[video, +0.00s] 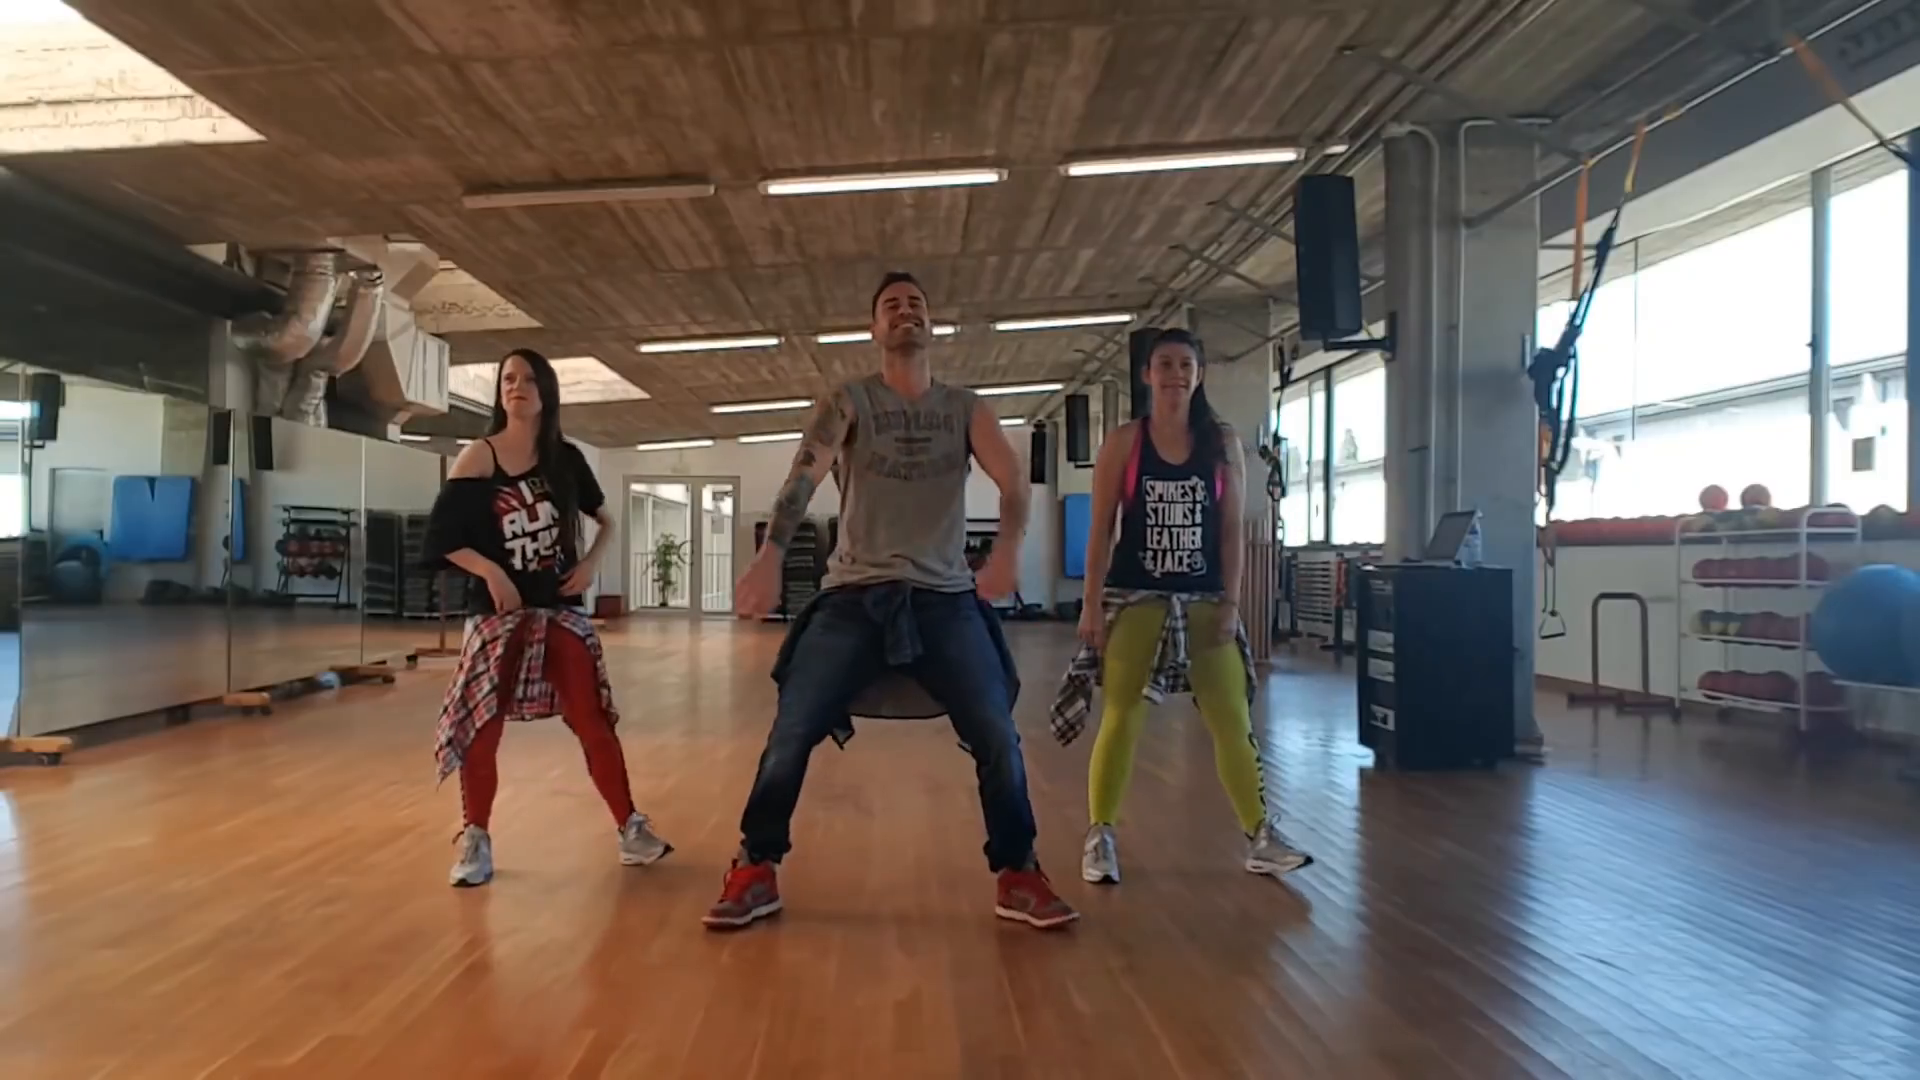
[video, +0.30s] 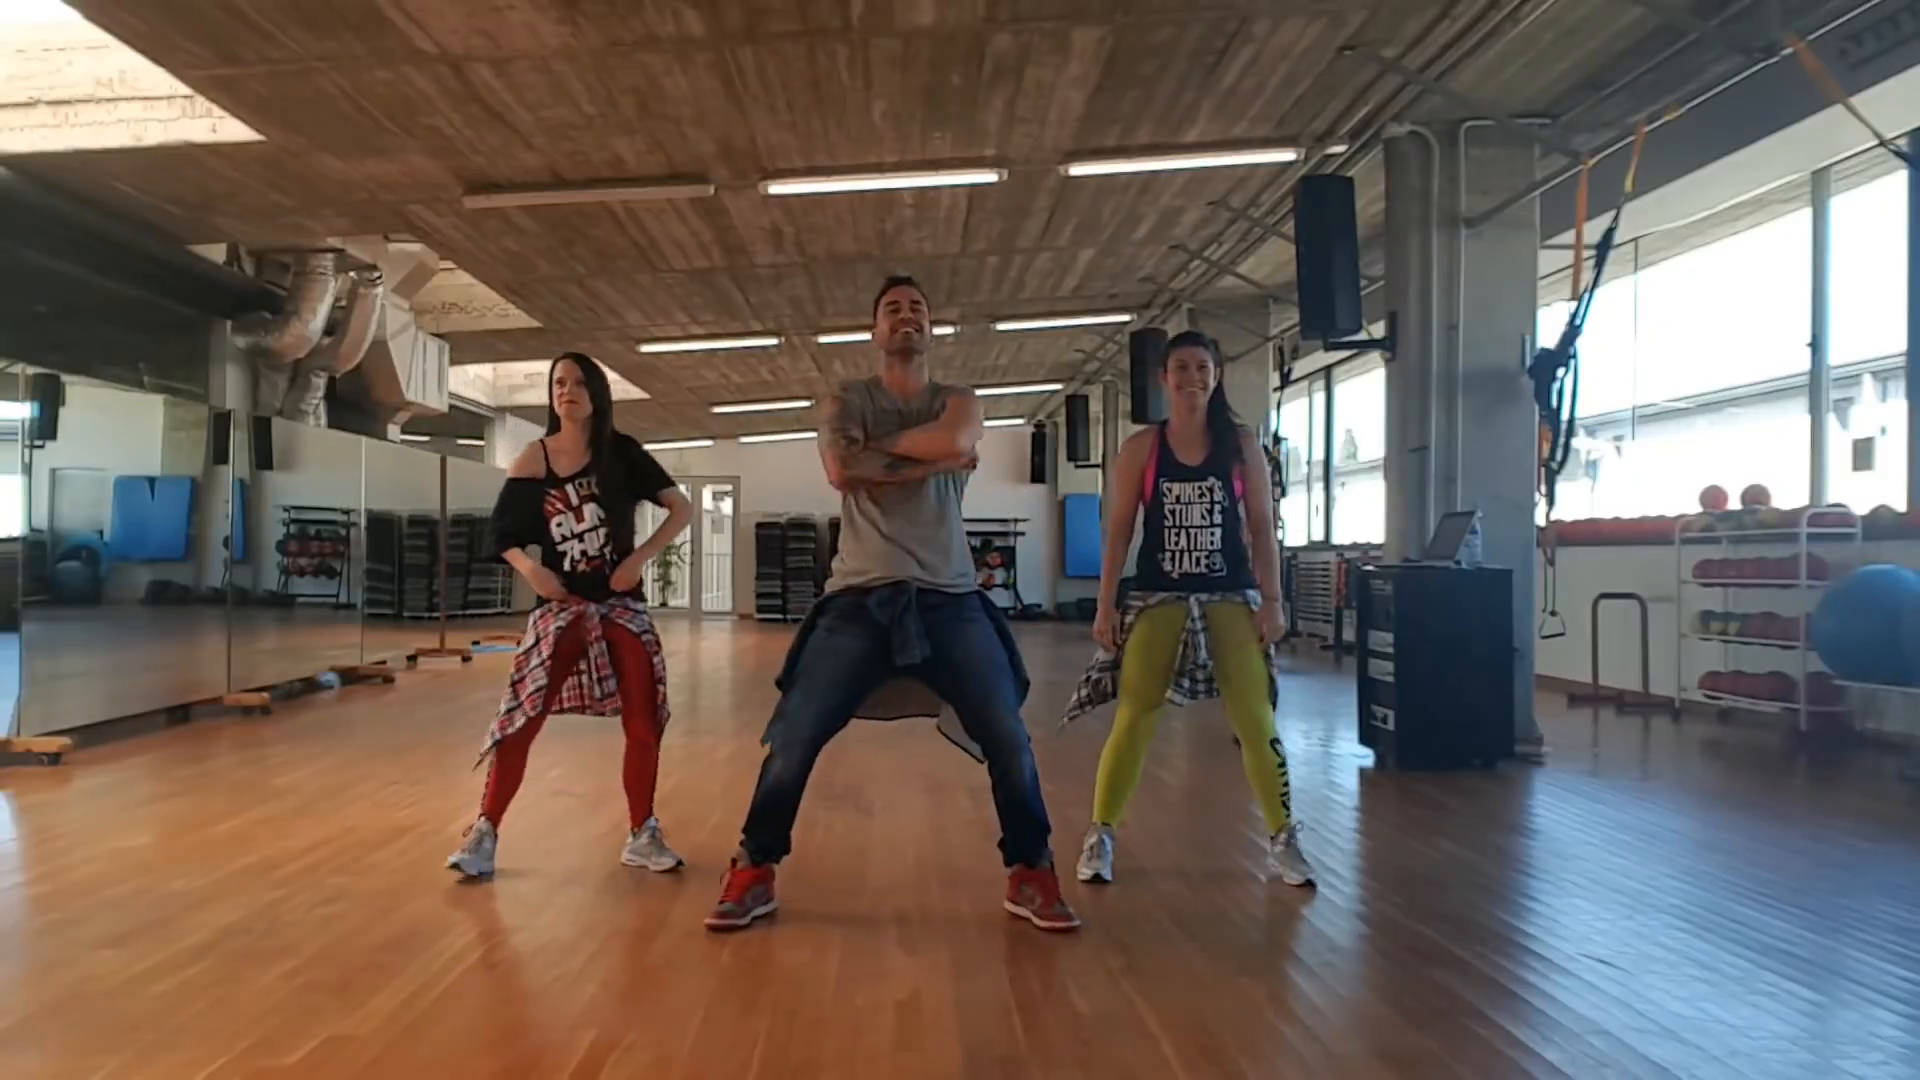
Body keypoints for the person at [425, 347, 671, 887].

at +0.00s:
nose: (518, 388)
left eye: (528, 380)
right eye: (510, 380)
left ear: (548, 390)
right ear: (499, 393)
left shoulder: (566, 458)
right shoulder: (477, 457)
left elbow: (605, 521)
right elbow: (445, 540)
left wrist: (590, 563)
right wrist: (492, 572)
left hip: (561, 607)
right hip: (499, 610)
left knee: (588, 715)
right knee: (481, 726)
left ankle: (630, 827)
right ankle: (475, 839)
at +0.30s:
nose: (568, 391)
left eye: (579, 384)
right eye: (560, 384)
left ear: (598, 393)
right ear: (551, 395)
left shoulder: (621, 451)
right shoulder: (533, 460)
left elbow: (682, 509)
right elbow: (502, 535)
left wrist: (639, 558)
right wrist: (530, 569)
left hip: (621, 602)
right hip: (560, 604)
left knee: (643, 719)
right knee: (521, 717)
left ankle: (643, 834)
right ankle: (484, 834)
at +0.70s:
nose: (589, 398)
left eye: (600, 390)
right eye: (582, 389)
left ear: (619, 398)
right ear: (571, 396)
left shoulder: (635, 451)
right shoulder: (552, 447)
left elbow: (672, 521)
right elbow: (513, 517)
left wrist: (622, 548)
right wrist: (545, 525)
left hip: (618, 601)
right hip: (558, 601)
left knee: (638, 716)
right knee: (536, 713)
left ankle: (661, 827)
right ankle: (515, 832)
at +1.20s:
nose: (591, 401)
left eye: (601, 394)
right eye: (584, 394)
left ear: (619, 401)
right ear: (574, 400)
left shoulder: (632, 442)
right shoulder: (557, 446)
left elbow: (615, 478)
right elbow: (536, 479)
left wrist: (559, 496)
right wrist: (605, 473)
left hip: (626, 595)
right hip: (567, 599)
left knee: (653, 717)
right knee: (539, 712)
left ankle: (672, 833)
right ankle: (516, 833)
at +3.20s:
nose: (578, 407)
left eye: (587, 398)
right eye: (570, 398)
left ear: (606, 405)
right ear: (560, 406)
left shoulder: (625, 449)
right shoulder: (549, 464)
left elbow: (609, 492)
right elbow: (527, 506)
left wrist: (555, 498)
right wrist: (599, 491)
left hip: (619, 599)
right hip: (559, 604)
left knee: (645, 717)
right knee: (540, 715)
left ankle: (675, 831)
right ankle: (516, 832)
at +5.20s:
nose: (582, 404)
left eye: (591, 396)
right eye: (575, 396)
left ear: (610, 404)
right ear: (565, 405)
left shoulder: (634, 455)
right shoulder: (555, 468)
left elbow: (621, 487)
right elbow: (533, 500)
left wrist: (564, 497)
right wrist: (604, 483)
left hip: (630, 600)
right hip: (570, 604)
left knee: (654, 718)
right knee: (547, 715)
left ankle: (686, 830)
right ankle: (519, 834)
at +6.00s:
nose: (588, 402)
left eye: (597, 395)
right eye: (580, 394)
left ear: (615, 402)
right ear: (571, 403)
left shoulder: (639, 454)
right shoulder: (559, 455)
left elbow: (627, 486)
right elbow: (538, 485)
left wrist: (568, 486)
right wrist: (609, 478)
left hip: (634, 599)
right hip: (572, 600)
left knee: (657, 718)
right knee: (547, 713)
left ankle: (687, 830)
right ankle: (519, 833)